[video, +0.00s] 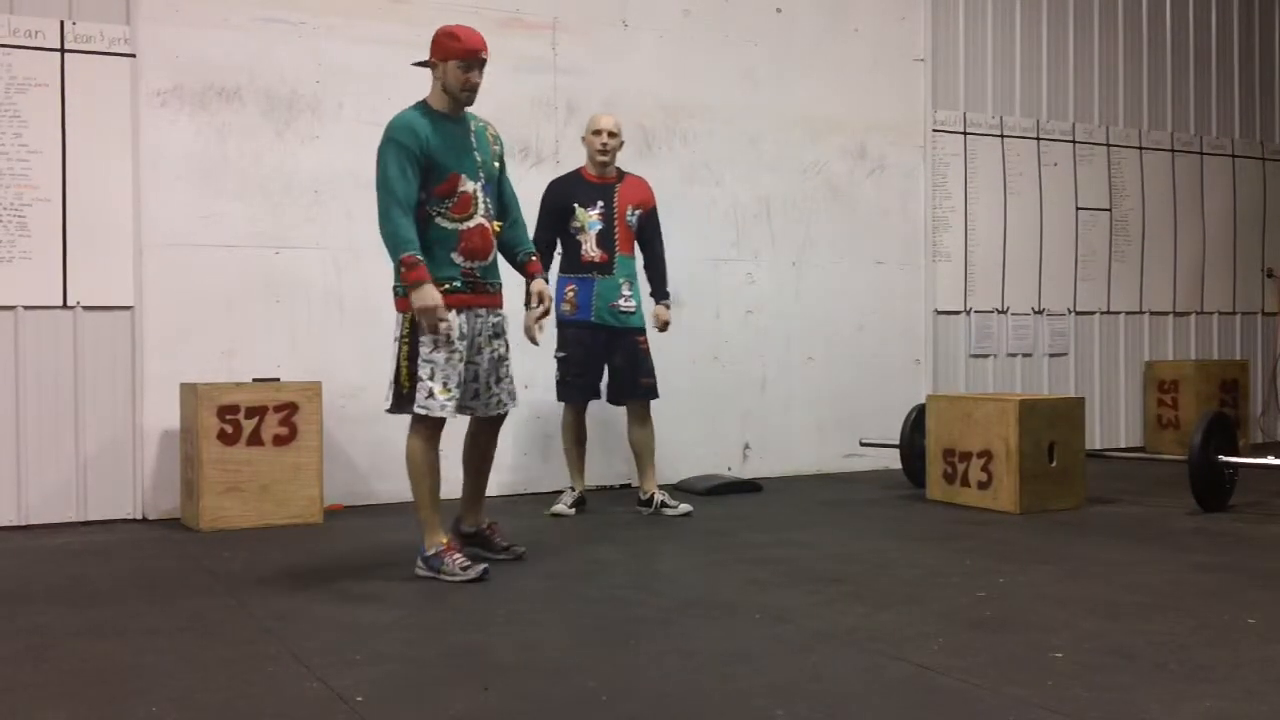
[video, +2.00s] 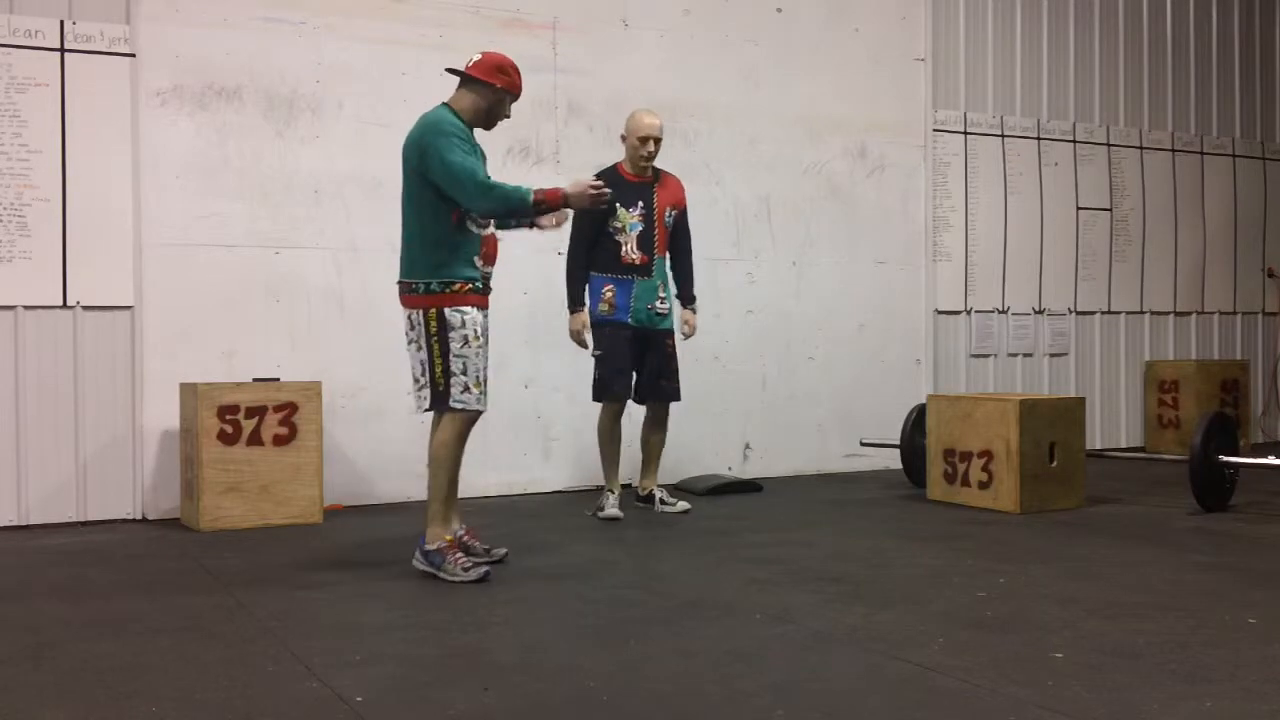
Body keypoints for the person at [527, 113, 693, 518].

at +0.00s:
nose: (605, 140)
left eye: (612, 134)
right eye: (597, 134)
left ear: (621, 142)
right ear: (585, 140)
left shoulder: (638, 189)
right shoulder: (561, 190)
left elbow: (652, 248)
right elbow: (542, 250)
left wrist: (661, 299)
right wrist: (534, 302)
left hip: (627, 318)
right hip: (577, 318)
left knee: (639, 404)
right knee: (574, 405)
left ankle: (649, 491)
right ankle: (575, 490)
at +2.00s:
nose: (650, 148)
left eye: (656, 141)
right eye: (642, 140)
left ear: (662, 143)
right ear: (624, 139)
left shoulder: (671, 187)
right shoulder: (599, 186)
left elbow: (681, 249)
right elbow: (578, 249)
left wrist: (687, 303)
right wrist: (576, 307)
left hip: (658, 313)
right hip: (612, 312)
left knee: (659, 402)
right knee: (613, 401)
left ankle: (648, 488)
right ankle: (611, 490)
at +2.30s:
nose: (646, 142)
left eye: (651, 135)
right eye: (638, 135)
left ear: (656, 138)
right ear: (618, 136)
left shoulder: (666, 183)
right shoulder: (595, 185)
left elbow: (679, 246)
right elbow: (580, 253)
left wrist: (684, 300)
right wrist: (592, 308)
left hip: (660, 314)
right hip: (615, 314)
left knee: (656, 403)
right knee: (612, 404)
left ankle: (649, 491)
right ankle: (612, 491)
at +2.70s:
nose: (659, 142)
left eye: (664, 135)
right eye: (651, 135)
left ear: (670, 138)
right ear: (632, 135)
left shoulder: (677, 184)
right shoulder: (604, 184)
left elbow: (690, 247)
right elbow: (589, 250)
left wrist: (700, 300)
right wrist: (597, 305)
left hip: (663, 313)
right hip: (620, 312)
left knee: (656, 403)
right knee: (623, 402)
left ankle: (650, 491)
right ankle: (617, 492)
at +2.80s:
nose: (658, 141)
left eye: (663, 134)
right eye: (649, 134)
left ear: (668, 137)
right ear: (630, 135)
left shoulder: (676, 184)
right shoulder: (603, 184)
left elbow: (689, 245)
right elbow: (588, 249)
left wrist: (701, 299)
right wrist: (596, 305)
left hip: (662, 314)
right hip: (618, 314)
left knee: (656, 403)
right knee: (621, 403)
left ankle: (649, 490)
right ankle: (616, 492)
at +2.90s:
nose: (655, 140)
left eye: (660, 133)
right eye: (647, 133)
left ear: (665, 136)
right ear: (628, 135)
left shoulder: (674, 183)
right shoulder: (601, 184)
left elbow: (688, 245)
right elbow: (586, 249)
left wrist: (699, 298)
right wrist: (594, 305)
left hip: (661, 313)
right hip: (617, 314)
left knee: (655, 403)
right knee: (620, 403)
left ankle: (650, 491)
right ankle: (617, 492)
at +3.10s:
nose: (647, 137)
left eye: (652, 130)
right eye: (638, 131)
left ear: (658, 134)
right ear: (621, 134)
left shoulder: (670, 182)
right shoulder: (596, 183)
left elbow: (682, 245)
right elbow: (582, 250)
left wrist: (691, 298)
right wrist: (589, 305)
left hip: (657, 312)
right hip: (613, 312)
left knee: (655, 404)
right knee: (616, 404)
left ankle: (650, 491)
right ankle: (616, 492)